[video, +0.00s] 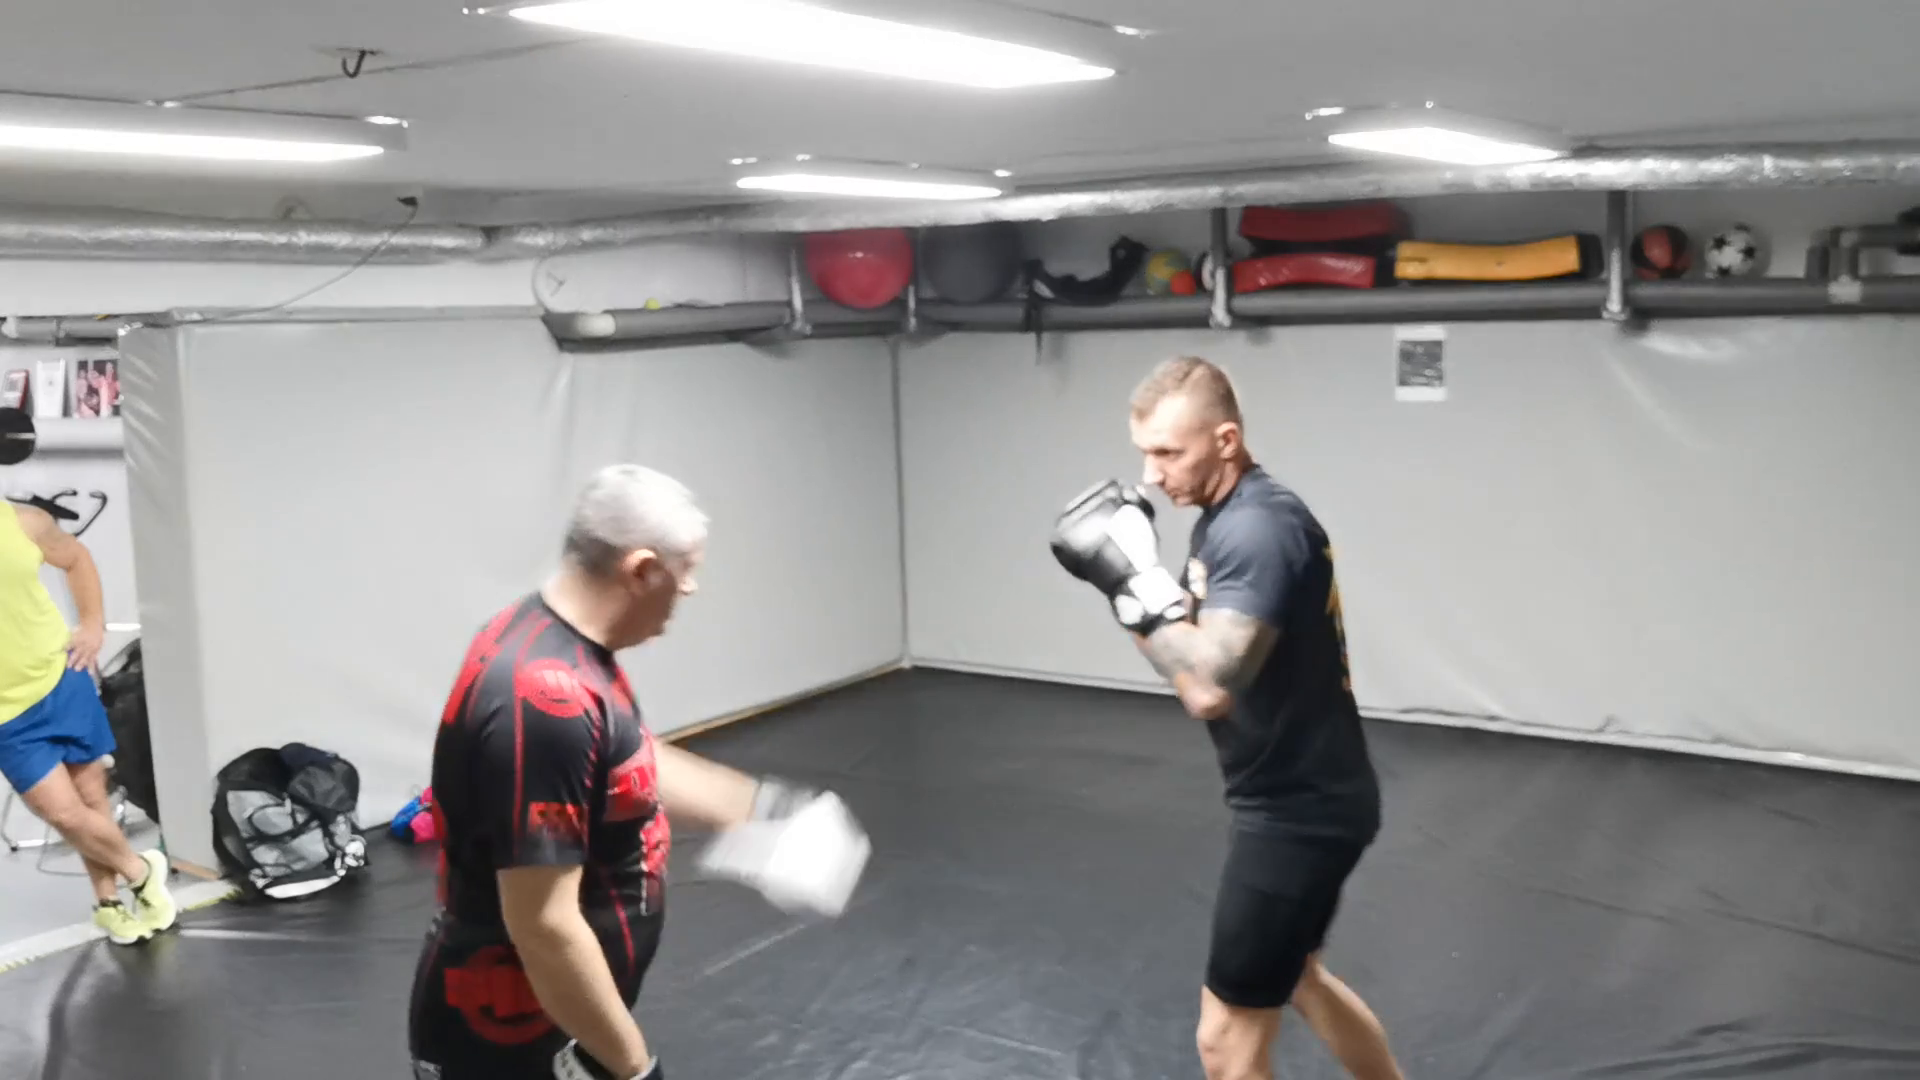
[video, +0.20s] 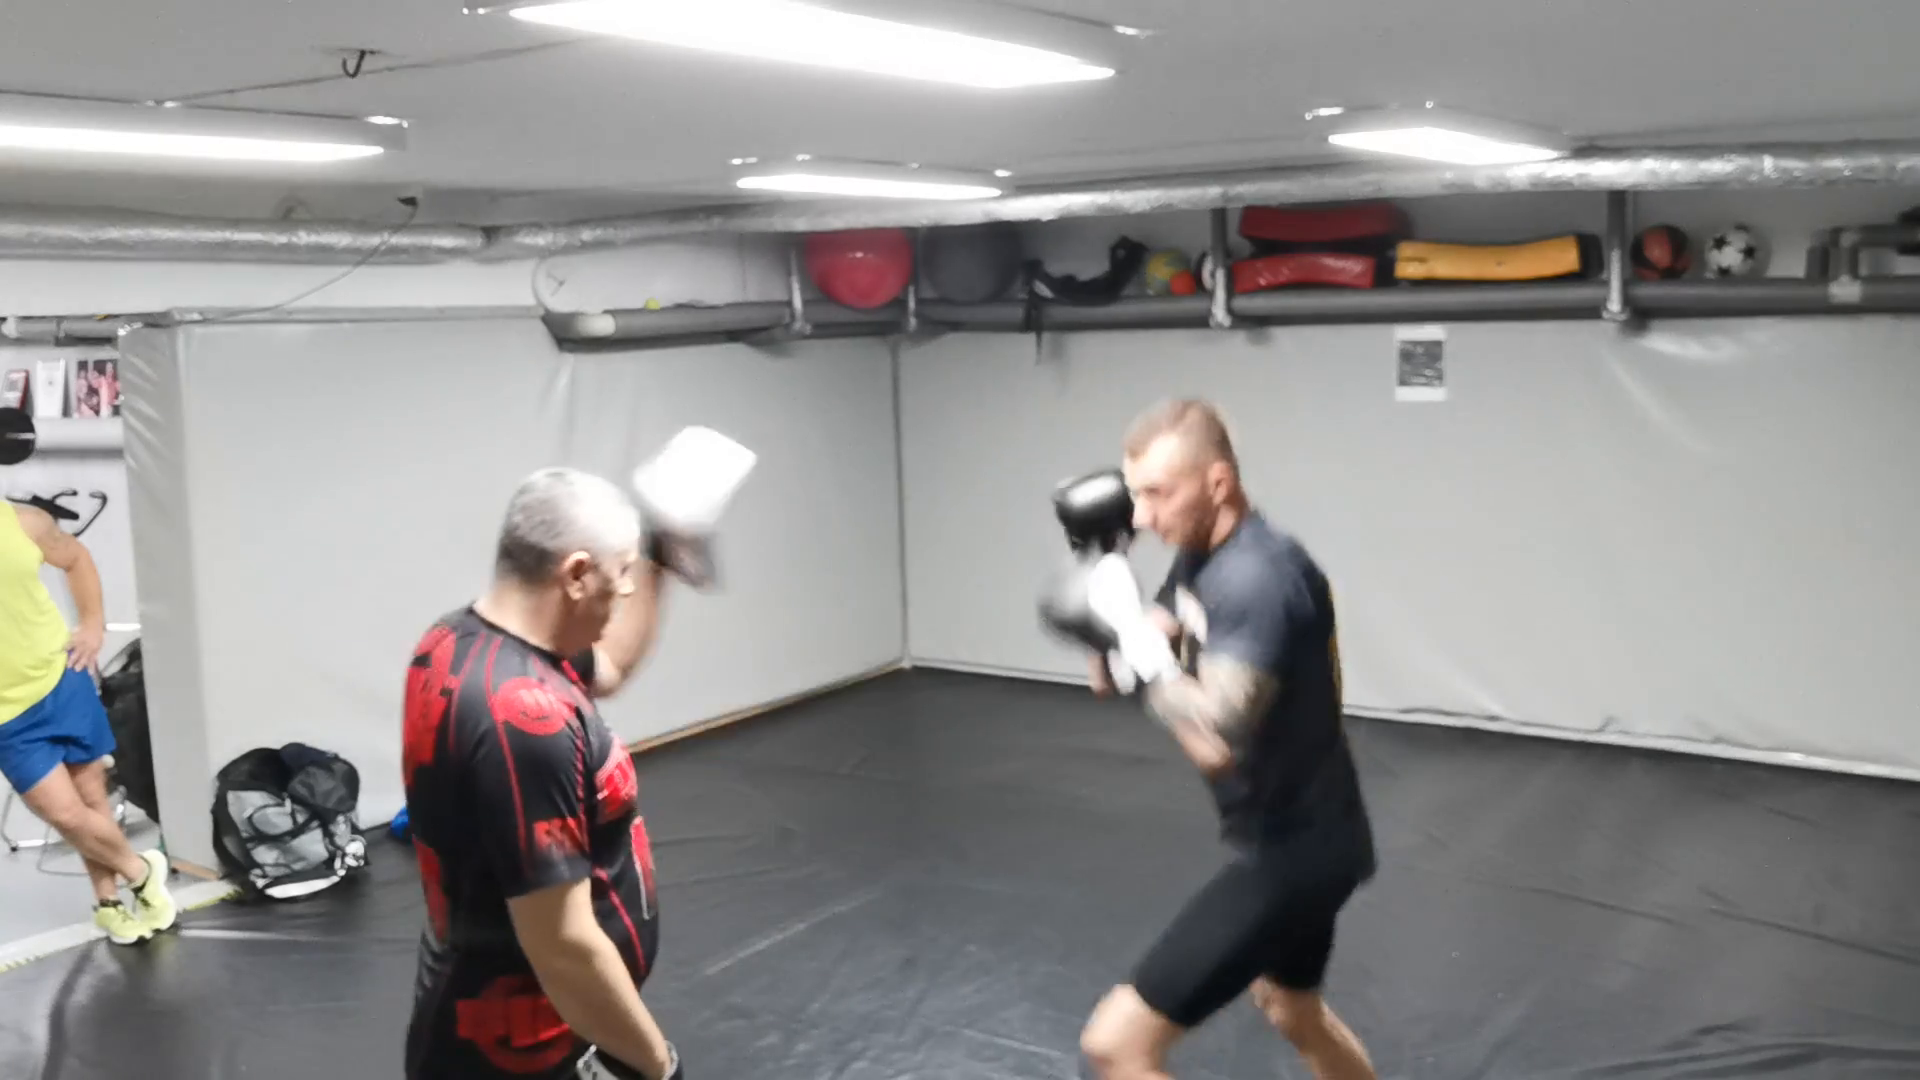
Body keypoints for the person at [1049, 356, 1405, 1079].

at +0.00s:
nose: (1154, 474)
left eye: (1168, 454)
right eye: (1147, 456)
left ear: (1226, 439)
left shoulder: (1259, 527)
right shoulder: (1223, 521)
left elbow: (1209, 682)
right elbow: (1194, 675)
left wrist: (1138, 579)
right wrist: (1131, 590)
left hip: (1297, 812)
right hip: (1285, 801)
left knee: (1229, 1041)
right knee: (1300, 978)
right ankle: (1389, 1076)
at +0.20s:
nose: (1143, 514)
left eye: (1157, 493)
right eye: (1136, 496)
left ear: (1218, 483)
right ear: (1214, 487)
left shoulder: (1262, 577)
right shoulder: (1204, 557)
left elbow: (1215, 741)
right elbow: (1123, 674)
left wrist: (1138, 638)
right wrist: (1104, 579)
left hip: (1303, 850)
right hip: (1289, 838)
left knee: (1117, 1044)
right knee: (1291, 1009)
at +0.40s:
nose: (1059, 521)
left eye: (1075, 502)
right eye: (1057, 502)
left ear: (1141, 498)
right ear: (1147, 500)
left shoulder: (1150, 575)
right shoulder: (1217, 555)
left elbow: (1126, 701)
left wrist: (1001, 625)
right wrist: (1086, 580)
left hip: (1215, 874)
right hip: (1288, 854)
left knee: (1056, 1061)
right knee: (1273, 996)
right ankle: (1360, 1073)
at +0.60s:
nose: (1027, 549)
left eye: (1043, 527)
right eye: (1023, 527)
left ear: (1109, 518)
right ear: (1117, 520)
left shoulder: (1101, 596)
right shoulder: (1197, 584)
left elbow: (1010, 703)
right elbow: (1147, 660)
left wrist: (865, 689)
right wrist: (1056, 615)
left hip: (1187, 911)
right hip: (1258, 888)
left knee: (1056, 1068)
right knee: (1245, 1045)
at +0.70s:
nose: (1050, 531)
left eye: (1065, 511)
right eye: (1045, 510)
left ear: (1129, 499)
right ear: (1133, 499)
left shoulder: (1148, 581)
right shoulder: (1204, 558)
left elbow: (1151, 757)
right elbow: (1178, 690)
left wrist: (1026, 707)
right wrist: (1080, 615)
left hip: (1194, 891)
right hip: (1263, 869)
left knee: (1081, 1070)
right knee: (1254, 1047)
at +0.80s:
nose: (1101, 545)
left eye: (1114, 523)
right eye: (1094, 523)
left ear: (1176, 503)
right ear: (1178, 503)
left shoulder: (1213, 594)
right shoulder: (1222, 571)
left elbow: (1188, 773)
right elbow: (1150, 672)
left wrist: (1092, 664)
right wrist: (1092, 603)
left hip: (1229, 900)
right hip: (1273, 883)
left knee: (1115, 1068)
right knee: (1270, 1058)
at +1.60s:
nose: (1088, 556)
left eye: (1092, 530)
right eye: (1079, 534)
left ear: (1149, 504)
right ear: (1160, 501)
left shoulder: (1176, 606)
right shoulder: (1279, 568)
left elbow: (1089, 803)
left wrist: (1034, 670)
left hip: (1253, 956)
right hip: (1342, 934)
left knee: (1121, 1068)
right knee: (1334, 1068)